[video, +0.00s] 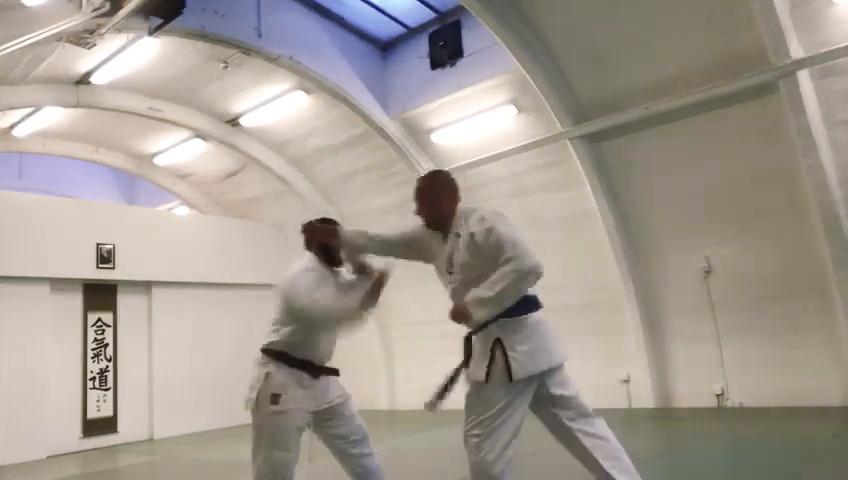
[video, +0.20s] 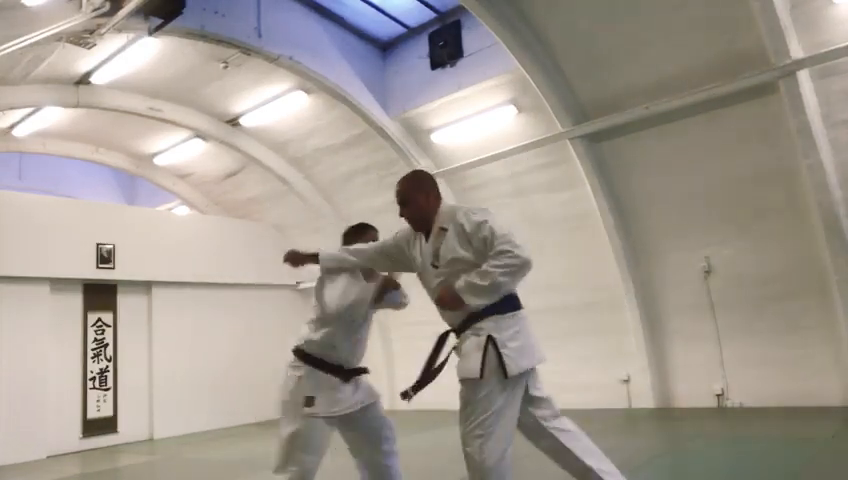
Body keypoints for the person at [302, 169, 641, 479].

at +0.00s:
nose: (417, 208)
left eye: (421, 200)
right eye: (416, 201)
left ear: (442, 199)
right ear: (442, 198)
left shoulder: (485, 224)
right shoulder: (432, 240)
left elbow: (527, 265)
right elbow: (381, 243)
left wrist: (473, 305)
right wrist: (335, 233)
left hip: (507, 344)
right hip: (526, 337)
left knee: (483, 447)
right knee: (578, 424)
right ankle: (626, 476)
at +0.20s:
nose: (401, 212)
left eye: (404, 203)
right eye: (398, 205)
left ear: (427, 195)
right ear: (419, 199)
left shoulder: (468, 222)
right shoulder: (411, 240)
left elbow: (515, 258)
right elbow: (370, 254)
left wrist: (463, 290)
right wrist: (315, 258)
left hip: (493, 341)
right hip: (491, 341)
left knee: (482, 449)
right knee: (545, 424)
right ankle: (609, 476)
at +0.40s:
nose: (400, 200)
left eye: (405, 192)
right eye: (400, 193)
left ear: (428, 191)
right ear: (420, 193)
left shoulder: (457, 217)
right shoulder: (413, 241)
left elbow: (500, 258)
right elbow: (371, 258)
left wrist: (445, 287)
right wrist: (317, 263)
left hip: (487, 338)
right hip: (471, 339)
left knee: (481, 451)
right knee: (519, 431)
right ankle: (560, 475)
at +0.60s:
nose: (413, 197)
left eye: (418, 189)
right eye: (414, 190)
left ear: (439, 191)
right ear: (436, 193)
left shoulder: (469, 221)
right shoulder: (425, 240)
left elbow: (505, 266)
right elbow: (383, 261)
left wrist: (446, 286)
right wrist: (323, 263)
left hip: (485, 338)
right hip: (481, 337)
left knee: (476, 443)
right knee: (513, 438)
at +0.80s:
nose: (429, 197)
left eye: (436, 189)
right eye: (430, 190)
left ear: (458, 193)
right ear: (450, 196)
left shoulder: (484, 224)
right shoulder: (434, 240)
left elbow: (507, 267)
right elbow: (392, 263)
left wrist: (446, 271)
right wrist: (331, 264)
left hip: (494, 338)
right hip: (478, 338)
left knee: (477, 441)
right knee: (513, 438)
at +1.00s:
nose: (438, 195)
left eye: (445, 189)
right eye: (439, 190)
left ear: (469, 192)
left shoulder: (497, 225)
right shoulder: (443, 239)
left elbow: (483, 260)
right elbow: (400, 267)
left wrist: (444, 245)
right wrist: (335, 276)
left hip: (503, 337)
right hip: (480, 338)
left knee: (484, 438)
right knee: (514, 436)